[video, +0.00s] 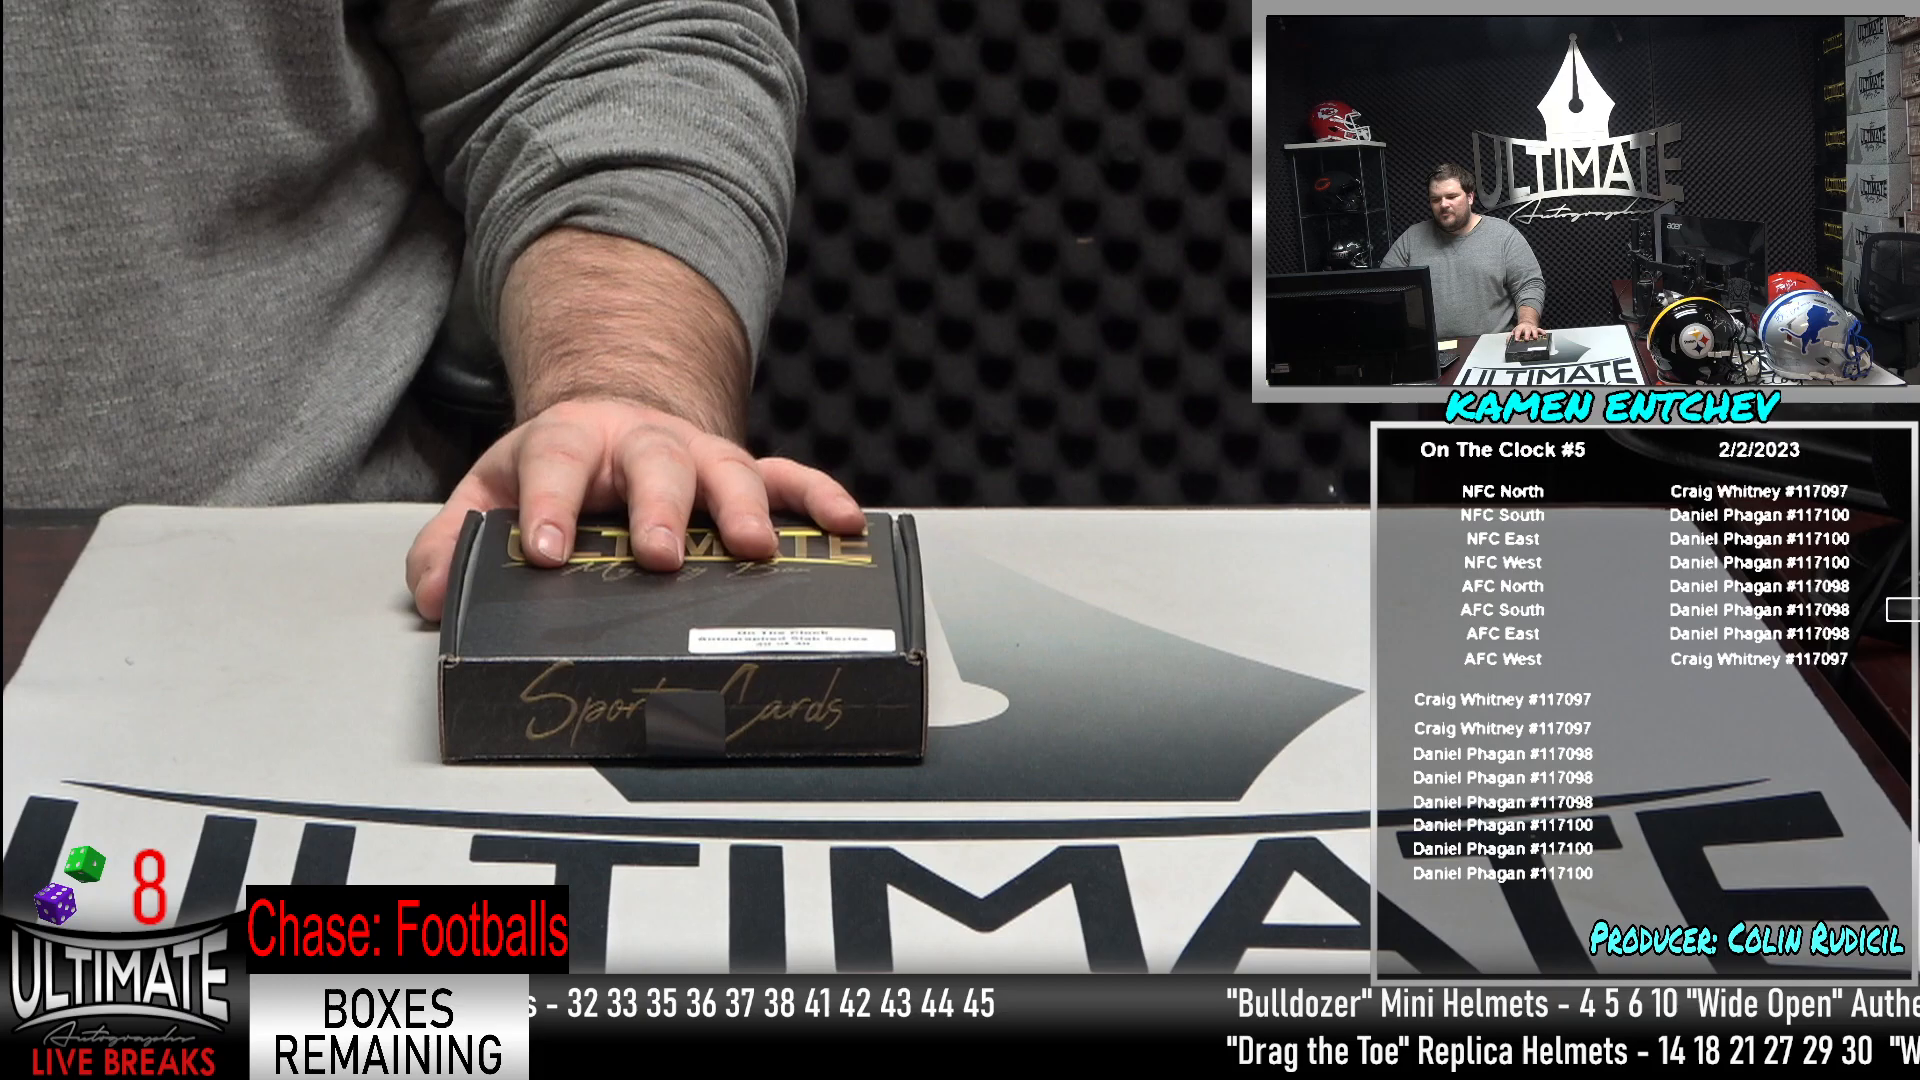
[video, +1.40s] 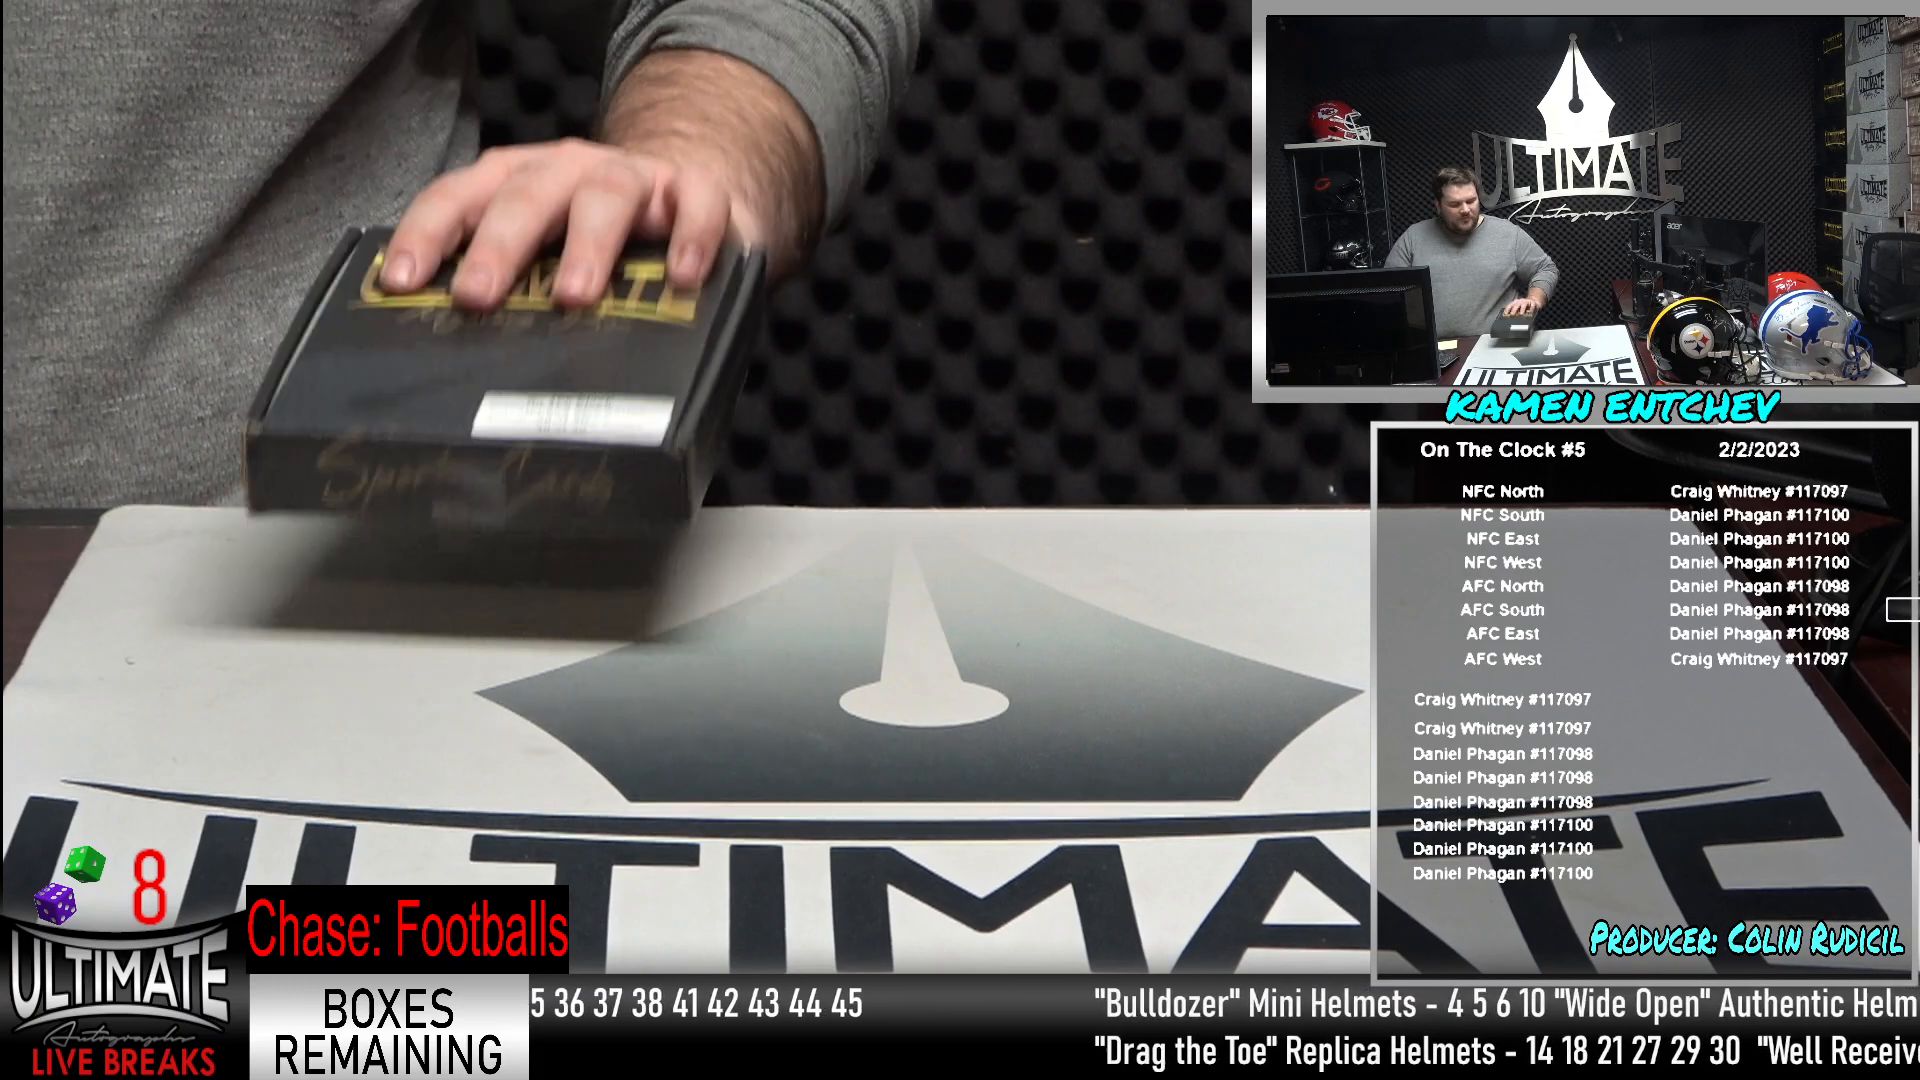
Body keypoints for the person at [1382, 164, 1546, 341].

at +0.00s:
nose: (1444, 204)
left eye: (1452, 196)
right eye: (1436, 199)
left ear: (1470, 197)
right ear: (1430, 203)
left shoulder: (1503, 235)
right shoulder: (1412, 239)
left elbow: (1529, 283)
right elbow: (1383, 286)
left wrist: (1527, 322)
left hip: (1494, 352)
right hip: (1429, 356)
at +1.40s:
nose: (1465, 210)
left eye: (1470, 201)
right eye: (1455, 204)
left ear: (1479, 199)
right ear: (1438, 205)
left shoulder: (1509, 235)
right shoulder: (1414, 238)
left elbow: (1545, 269)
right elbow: (1388, 288)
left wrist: (1534, 299)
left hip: (1497, 352)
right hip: (1433, 355)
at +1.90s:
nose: (1451, 203)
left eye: (1459, 195)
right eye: (1443, 197)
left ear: (1475, 198)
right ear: (1434, 200)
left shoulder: (1501, 232)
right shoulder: (1414, 237)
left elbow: (1522, 267)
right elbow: (1388, 284)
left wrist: (1522, 292)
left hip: (1489, 346)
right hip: (1428, 349)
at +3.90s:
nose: (1464, 210)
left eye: (1470, 201)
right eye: (1455, 203)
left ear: (1479, 198)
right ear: (1438, 204)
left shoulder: (1510, 234)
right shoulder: (1415, 238)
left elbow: (1545, 266)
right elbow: (1389, 288)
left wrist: (1543, 292)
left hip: (1499, 353)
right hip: (1434, 356)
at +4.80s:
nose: (1459, 206)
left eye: (1465, 197)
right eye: (1450, 200)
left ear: (1475, 197)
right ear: (1436, 202)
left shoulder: (1506, 231)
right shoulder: (1416, 237)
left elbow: (1536, 272)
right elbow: (1394, 287)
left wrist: (1520, 301)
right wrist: (1419, 311)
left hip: (1497, 349)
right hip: (1436, 354)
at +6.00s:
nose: (1449, 209)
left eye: (1454, 199)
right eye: (1439, 204)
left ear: (1468, 196)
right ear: (1430, 207)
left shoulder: (1503, 231)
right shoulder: (1415, 239)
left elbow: (1535, 272)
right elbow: (1392, 290)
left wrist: (1515, 297)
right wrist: (1425, 305)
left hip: (1499, 348)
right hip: (1437, 353)